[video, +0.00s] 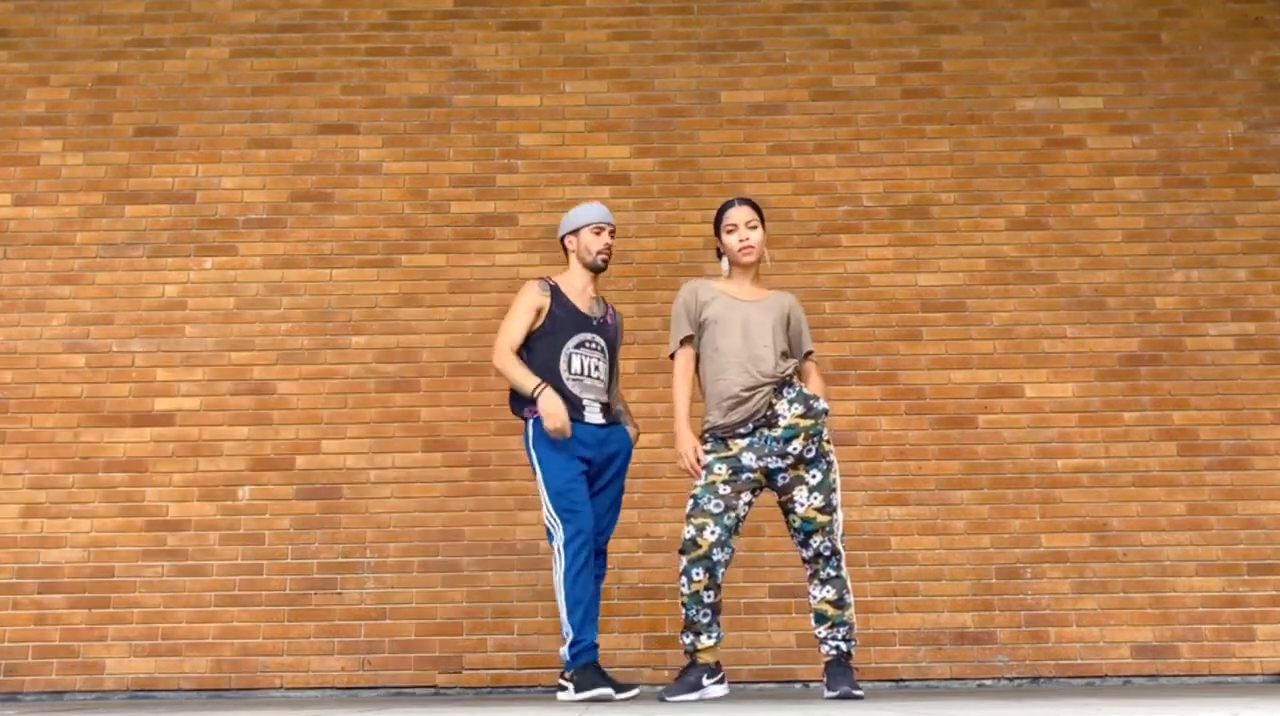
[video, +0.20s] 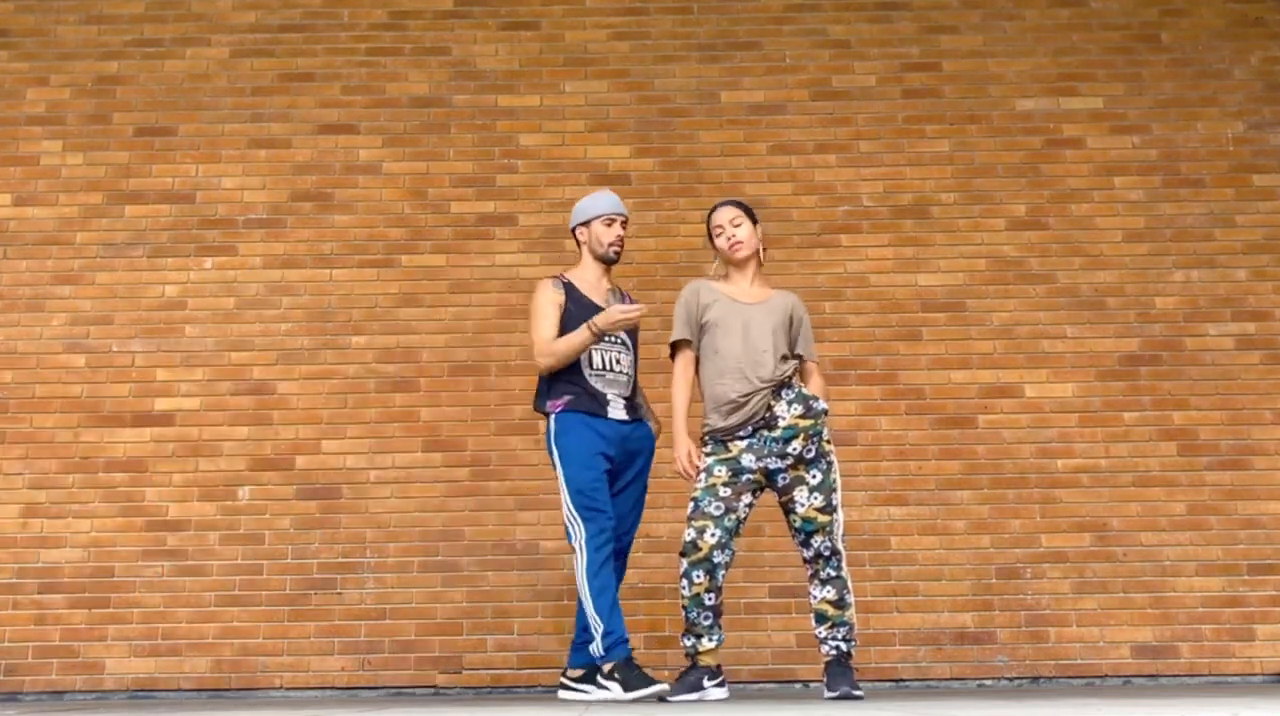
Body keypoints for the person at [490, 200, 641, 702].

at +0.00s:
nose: (607, 241)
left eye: (611, 234)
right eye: (597, 232)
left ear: (610, 245)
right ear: (570, 240)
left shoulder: (610, 316)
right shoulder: (540, 291)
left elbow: (608, 384)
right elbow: (501, 355)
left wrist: (628, 423)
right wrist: (545, 392)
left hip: (608, 436)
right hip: (557, 432)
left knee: (596, 544)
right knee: (577, 535)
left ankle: (581, 661)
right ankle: (582, 664)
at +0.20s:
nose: (619, 232)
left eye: (623, 225)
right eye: (609, 224)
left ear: (624, 235)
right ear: (582, 231)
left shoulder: (624, 299)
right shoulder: (553, 288)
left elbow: (626, 376)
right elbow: (544, 358)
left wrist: (648, 418)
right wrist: (598, 327)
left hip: (631, 429)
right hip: (579, 425)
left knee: (617, 544)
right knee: (594, 536)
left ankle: (581, 665)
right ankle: (615, 659)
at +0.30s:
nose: (625, 228)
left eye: (628, 221)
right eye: (615, 220)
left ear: (628, 231)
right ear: (586, 228)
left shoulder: (626, 297)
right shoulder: (560, 283)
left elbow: (633, 375)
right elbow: (572, 343)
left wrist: (660, 422)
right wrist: (626, 302)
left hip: (639, 425)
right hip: (589, 422)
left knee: (626, 543)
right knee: (606, 536)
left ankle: (584, 663)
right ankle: (619, 663)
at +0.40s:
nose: (631, 220)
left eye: (633, 212)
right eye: (620, 211)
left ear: (630, 221)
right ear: (590, 219)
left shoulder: (624, 286)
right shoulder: (567, 274)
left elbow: (632, 368)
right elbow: (596, 331)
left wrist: (657, 413)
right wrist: (653, 287)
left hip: (644, 419)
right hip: (597, 414)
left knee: (635, 536)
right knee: (615, 531)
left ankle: (586, 659)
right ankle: (618, 662)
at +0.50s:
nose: (640, 212)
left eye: (641, 204)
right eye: (629, 202)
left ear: (630, 214)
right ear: (597, 211)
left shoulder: (622, 282)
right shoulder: (576, 264)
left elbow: (629, 366)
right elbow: (613, 325)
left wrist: (657, 410)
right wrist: (672, 282)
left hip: (643, 413)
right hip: (603, 409)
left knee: (651, 531)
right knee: (617, 530)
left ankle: (593, 651)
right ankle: (617, 662)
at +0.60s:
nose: (651, 209)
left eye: (651, 200)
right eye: (641, 199)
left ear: (626, 207)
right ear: (608, 204)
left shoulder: (617, 271)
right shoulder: (587, 258)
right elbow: (626, 325)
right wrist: (682, 281)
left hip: (638, 409)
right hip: (606, 405)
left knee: (664, 527)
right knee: (619, 529)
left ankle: (604, 640)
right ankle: (616, 666)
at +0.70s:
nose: (661, 207)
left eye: (660, 197)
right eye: (652, 197)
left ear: (626, 203)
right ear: (621, 199)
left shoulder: (615, 260)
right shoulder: (597, 253)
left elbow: (628, 339)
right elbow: (632, 325)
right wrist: (683, 276)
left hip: (635, 403)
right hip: (611, 401)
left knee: (662, 526)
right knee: (624, 526)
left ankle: (633, 653)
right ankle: (619, 662)